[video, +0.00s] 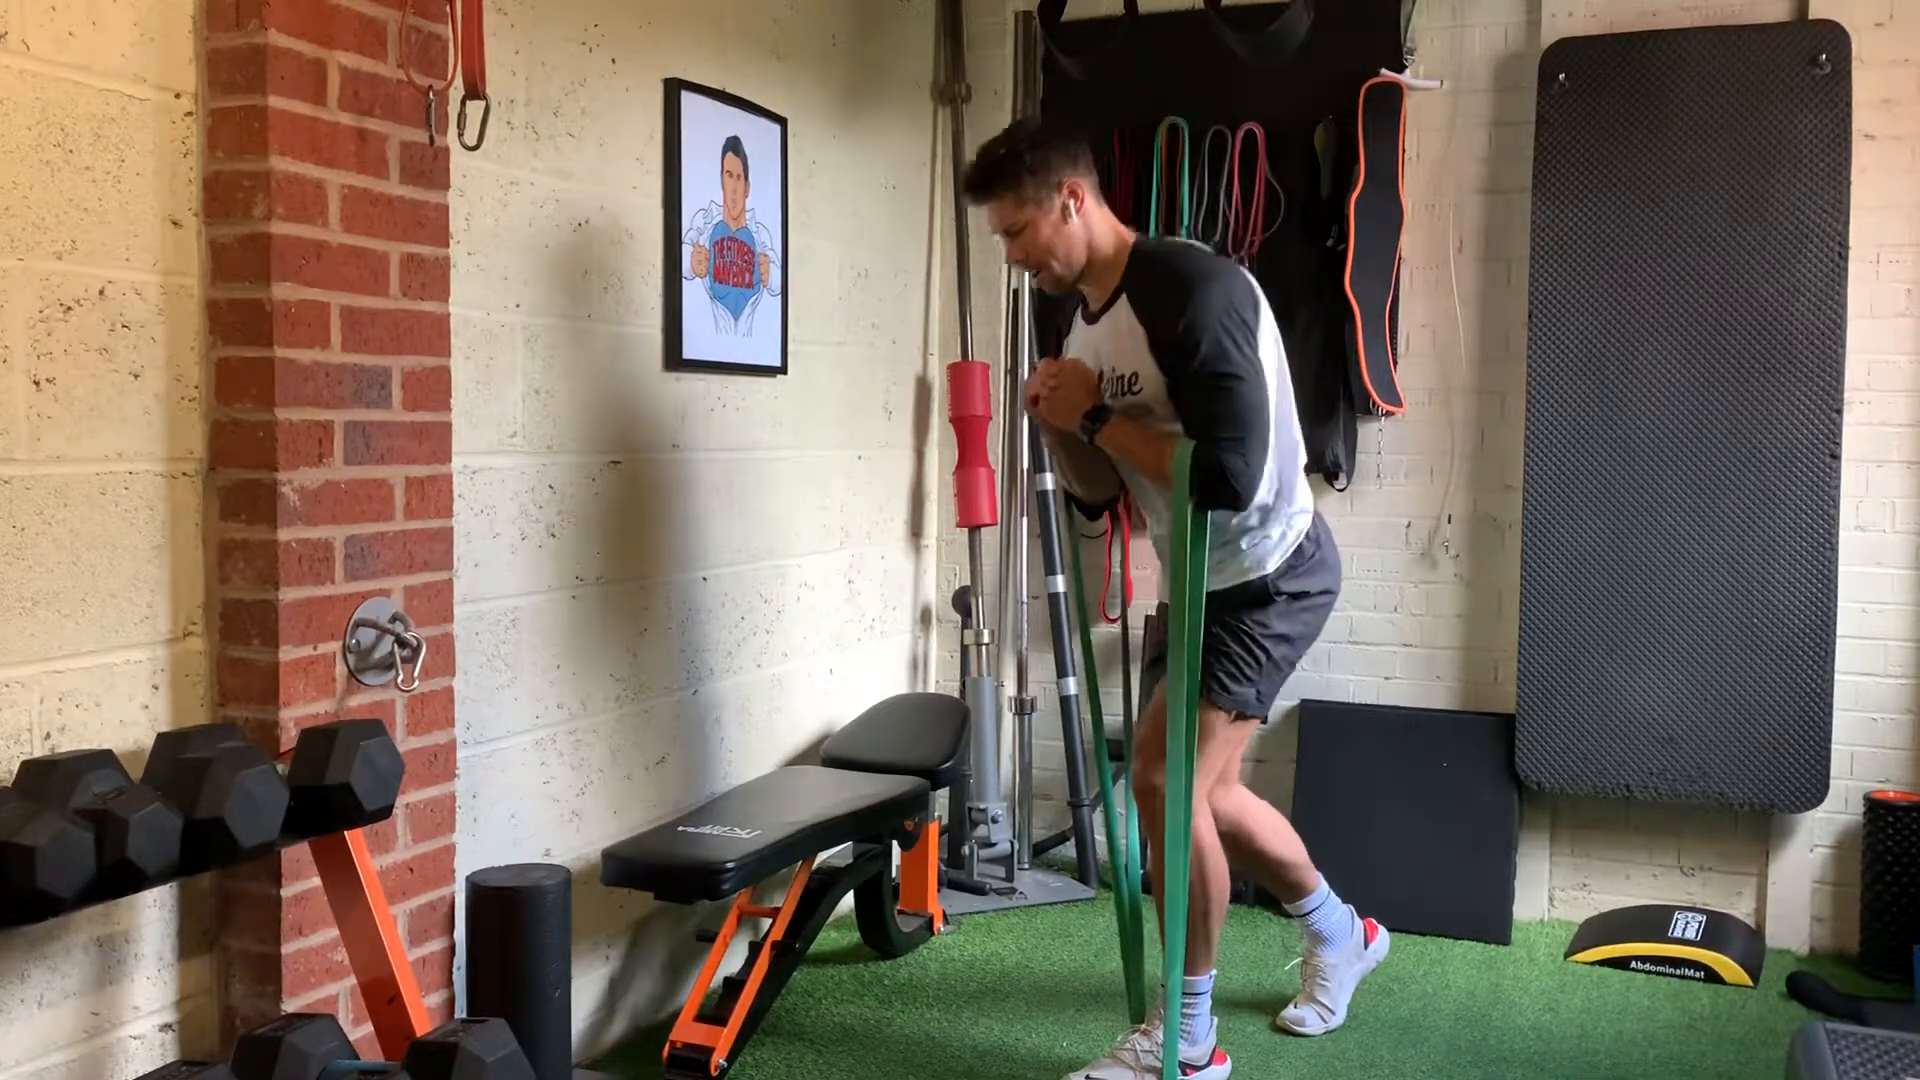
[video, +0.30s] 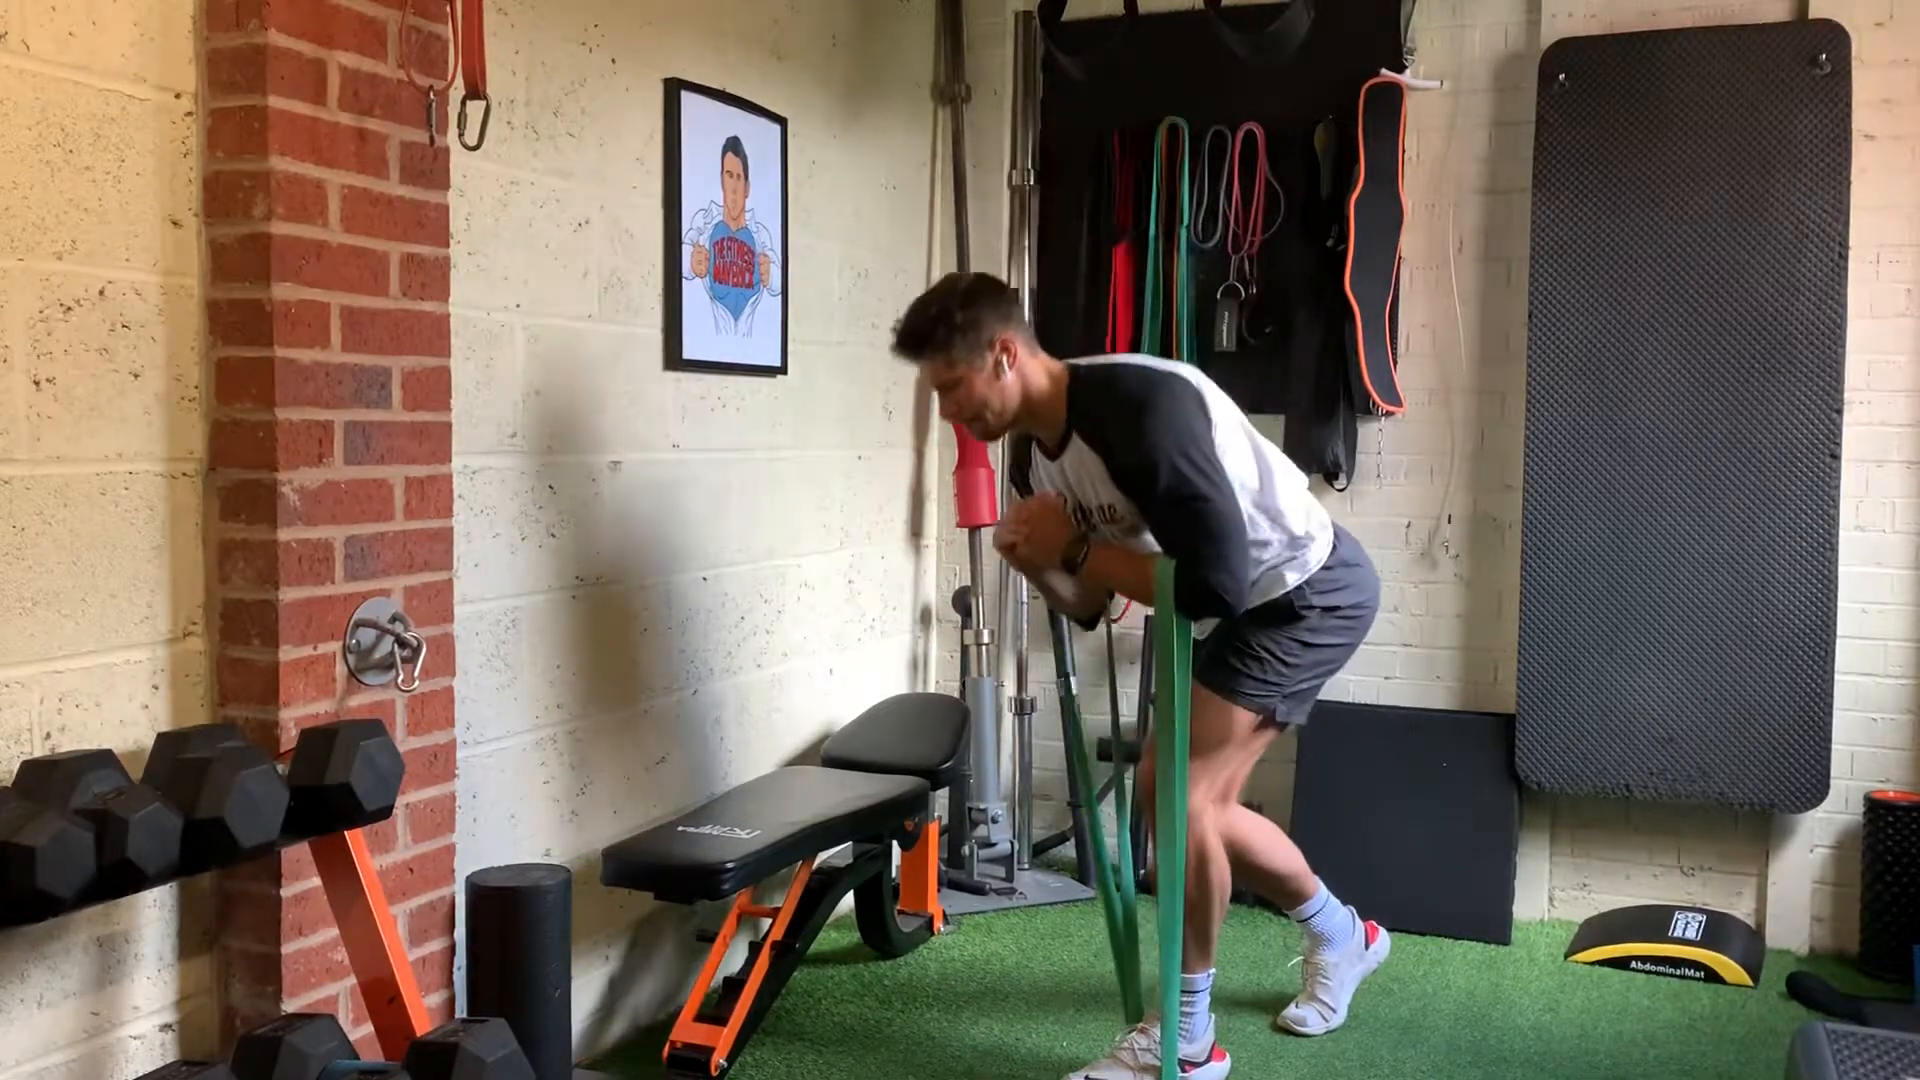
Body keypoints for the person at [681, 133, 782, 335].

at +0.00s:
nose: (733, 185)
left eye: (739, 177)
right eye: (729, 175)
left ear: (748, 188)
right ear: (721, 182)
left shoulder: (760, 233)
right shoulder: (704, 224)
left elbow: (779, 286)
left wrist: (770, 275)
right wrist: (692, 266)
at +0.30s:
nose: (733, 184)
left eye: (739, 177)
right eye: (728, 175)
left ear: (747, 187)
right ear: (721, 182)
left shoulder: (760, 234)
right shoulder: (705, 227)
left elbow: (778, 287)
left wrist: (770, 276)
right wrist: (693, 267)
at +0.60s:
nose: (734, 184)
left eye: (739, 177)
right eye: (729, 175)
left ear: (747, 187)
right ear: (721, 182)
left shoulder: (760, 234)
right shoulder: (705, 227)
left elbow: (779, 287)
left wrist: (770, 275)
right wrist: (694, 267)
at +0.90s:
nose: (734, 184)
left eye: (739, 176)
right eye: (729, 175)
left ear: (748, 187)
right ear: (721, 181)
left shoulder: (760, 232)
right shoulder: (704, 225)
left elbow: (779, 286)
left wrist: (770, 275)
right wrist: (693, 267)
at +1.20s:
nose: (734, 184)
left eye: (739, 177)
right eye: (729, 175)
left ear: (748, 187)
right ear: (721, 181)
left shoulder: (760, 232)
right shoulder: (705, 224)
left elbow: (778, 287)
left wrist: (769, 275)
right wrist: (693, 266)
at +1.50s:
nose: (734, 185)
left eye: (739, 177)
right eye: (729, 175)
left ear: (748, 186)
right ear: (721, 181)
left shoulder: (760, 231)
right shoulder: (705, 222)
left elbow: (778, 287)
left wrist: (769, 274)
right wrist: (693, 267)